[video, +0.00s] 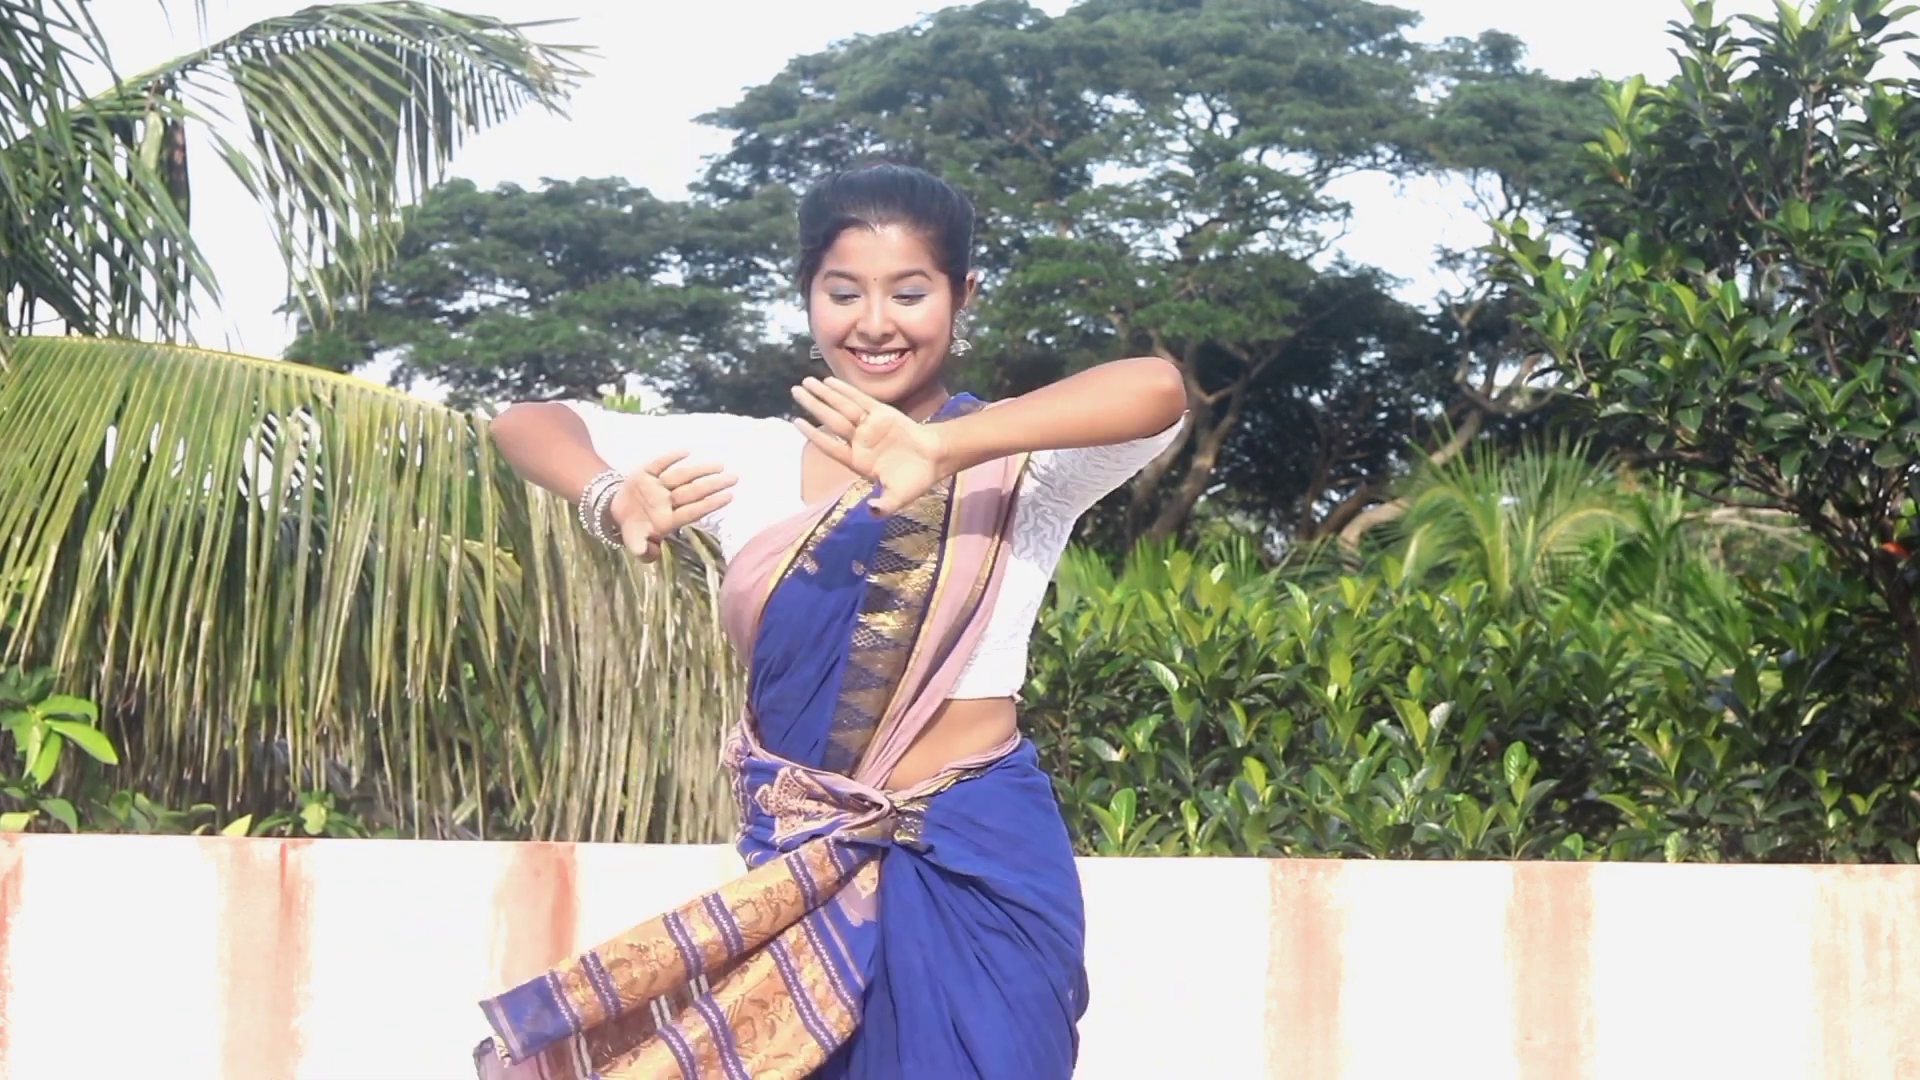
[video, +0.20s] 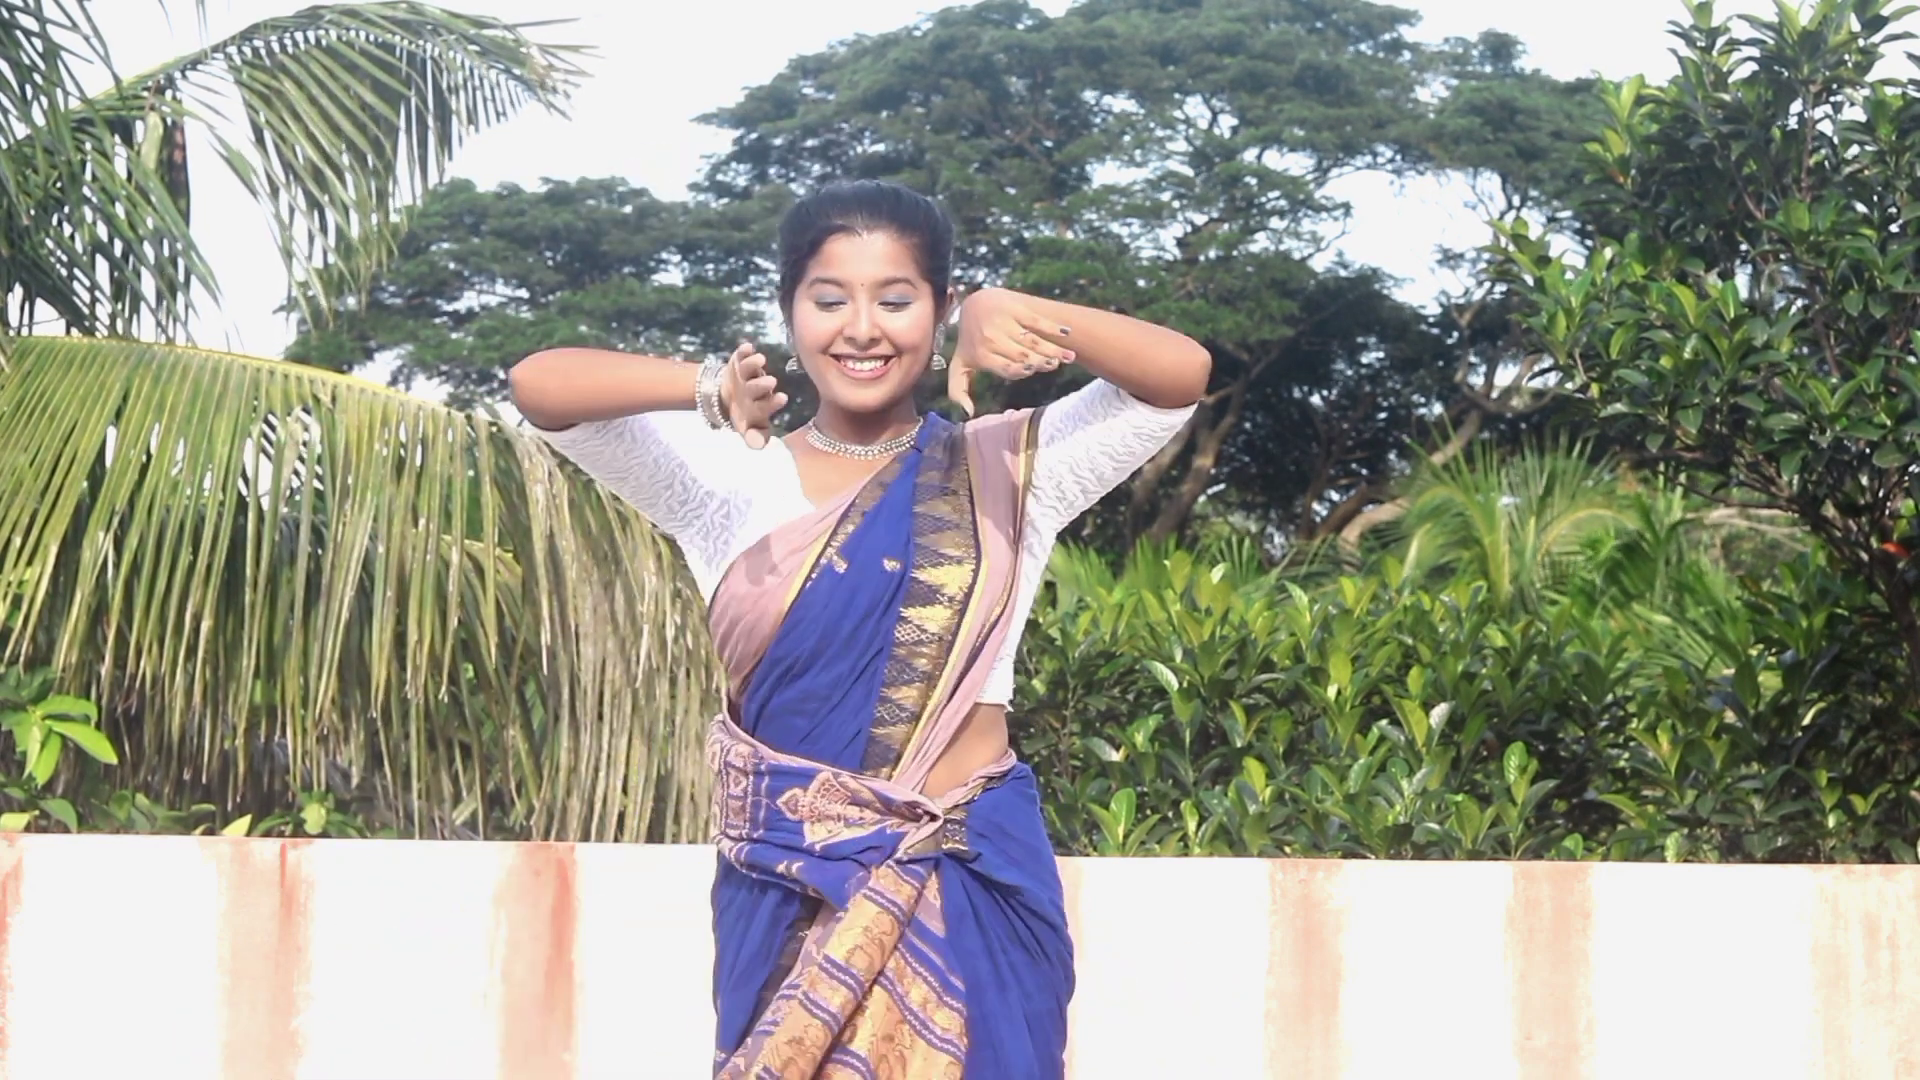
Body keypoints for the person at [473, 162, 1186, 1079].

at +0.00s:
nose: (875, 322)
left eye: (909, 290)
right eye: (845, 291)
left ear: (960, 302)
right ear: (809, 305)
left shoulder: (1022, 466)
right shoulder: (748, 457)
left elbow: (1161, 388)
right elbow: (520, 422)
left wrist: (941, 443)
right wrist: (607, 487)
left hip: (974, 858)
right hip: (795, 862)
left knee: (972, 1061)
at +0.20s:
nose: (862, 328)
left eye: (895, 300)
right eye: (828, 299)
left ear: (938, 320)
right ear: (791, 318)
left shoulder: (1008, 462)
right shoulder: (725, 478)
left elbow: (1185, 374)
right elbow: (537, 384)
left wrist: (1004, 309)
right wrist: (709, 386)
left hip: (970, 873)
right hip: (782, 883)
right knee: (783, 1065)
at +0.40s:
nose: (828, 328)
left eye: (858, 300)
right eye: (794, 305)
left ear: (902, 336)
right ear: (751, 341)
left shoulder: (980, 480)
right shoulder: (709, 499)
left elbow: (1138, 361)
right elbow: (616, 370)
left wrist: (1055, 205)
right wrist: (766, 224)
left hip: (978, 918)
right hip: (786, 922)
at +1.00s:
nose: (703, 355)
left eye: (729, 329)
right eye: (668, 350)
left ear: (788, 364)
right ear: (648, 404)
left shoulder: (900, 509)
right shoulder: (647, 553)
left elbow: (1042, 348)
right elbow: (605, 365)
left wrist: (1011, 117)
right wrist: (641, 115)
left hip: (974, 983)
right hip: (766, 1006)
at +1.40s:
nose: (639, 419)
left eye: (662, 386)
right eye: (604, 420)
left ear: (735, 403)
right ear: (599, 481)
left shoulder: (878, 530)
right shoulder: (627, 627)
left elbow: (1034, 382)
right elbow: (479, 433)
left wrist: (1077, 173)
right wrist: (474, 197)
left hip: (988, 1001)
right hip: (786, 1038)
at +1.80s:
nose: (625, 474)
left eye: (645, 434)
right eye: (594, 471)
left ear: (724, 440)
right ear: (591, 525)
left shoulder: (888, 554)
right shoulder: (625, 673)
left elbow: (1067, 447)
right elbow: (446, 539)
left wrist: (1128, 280)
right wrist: (376, 359)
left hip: (1012, 998)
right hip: (822, 1050)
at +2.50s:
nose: (609, 509)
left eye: (627, 470)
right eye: (585, 506)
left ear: (716, 458)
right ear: (594, 546)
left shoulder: (905, 571)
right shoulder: (629, 694)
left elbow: (1124, 558)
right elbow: (402, 659)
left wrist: (1267, 396)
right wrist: (282, 470)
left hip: (1028, 1010)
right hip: (825, 1050)